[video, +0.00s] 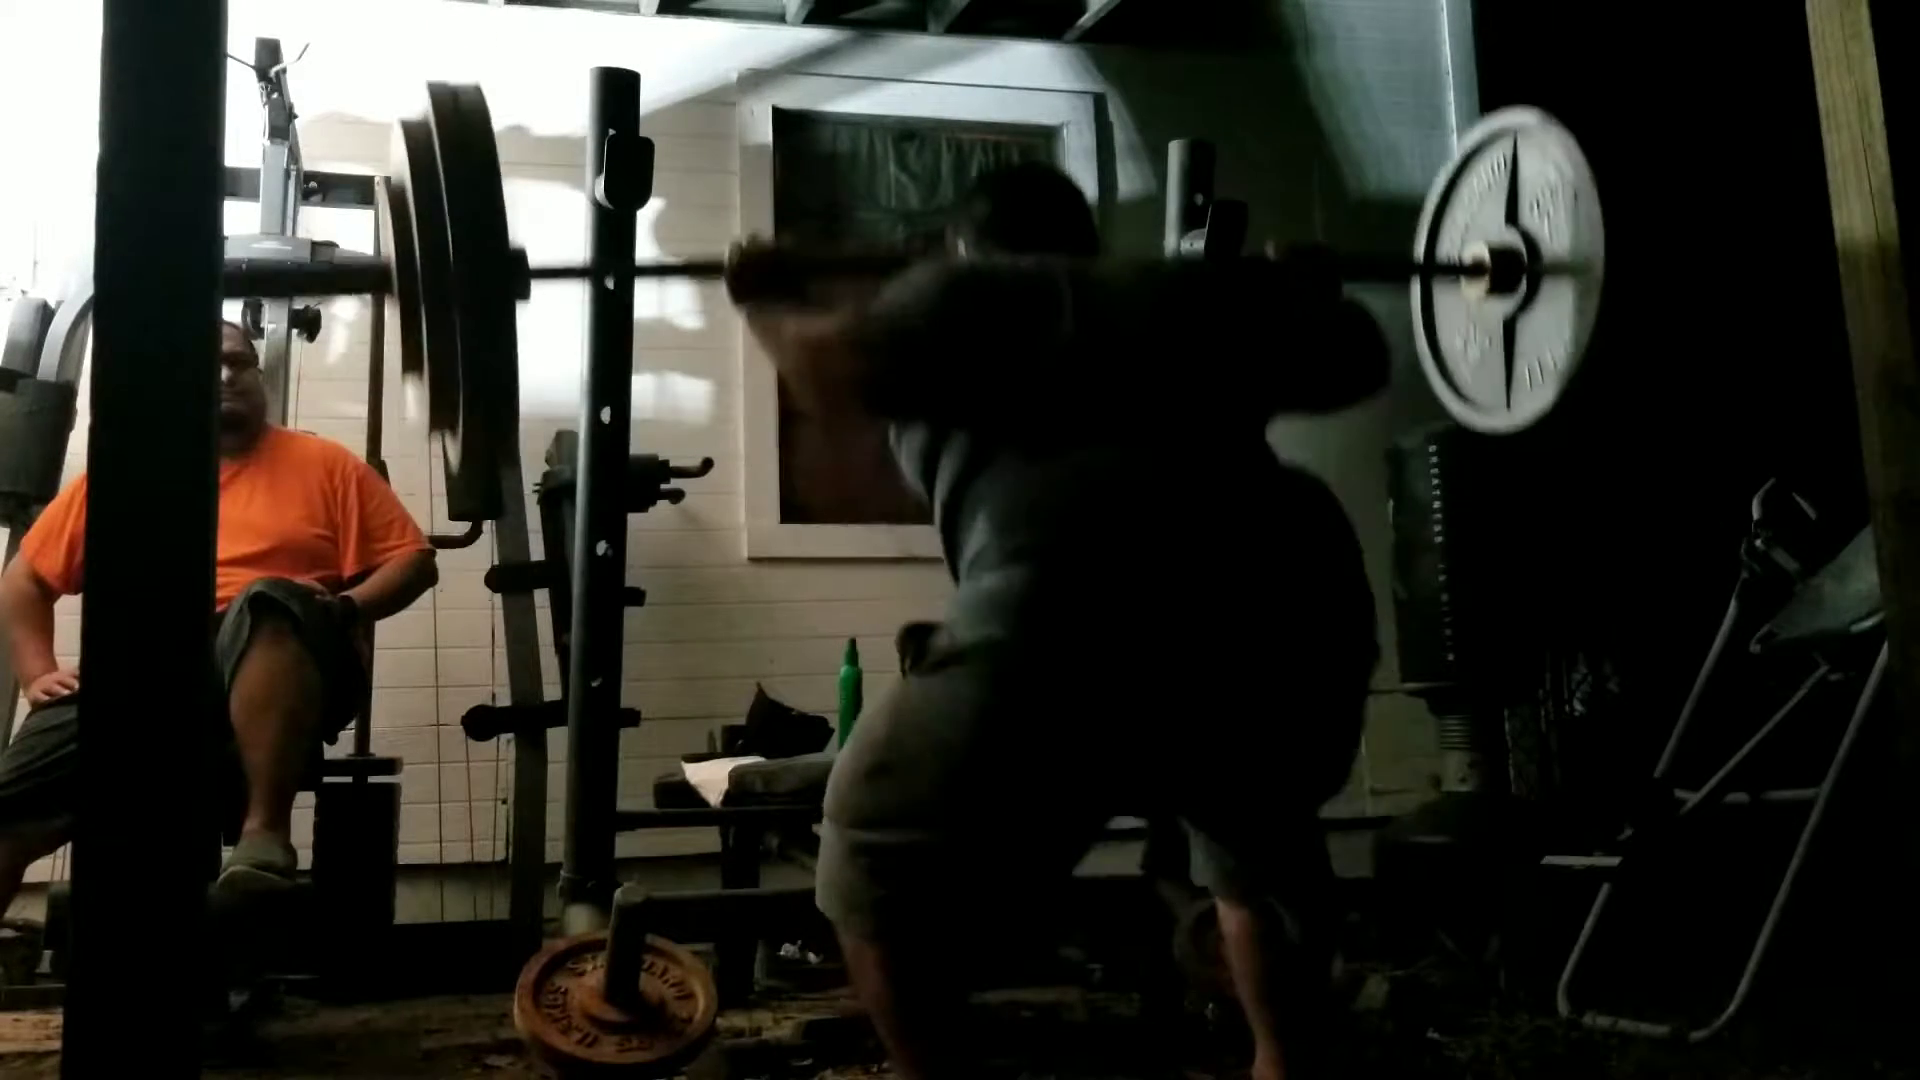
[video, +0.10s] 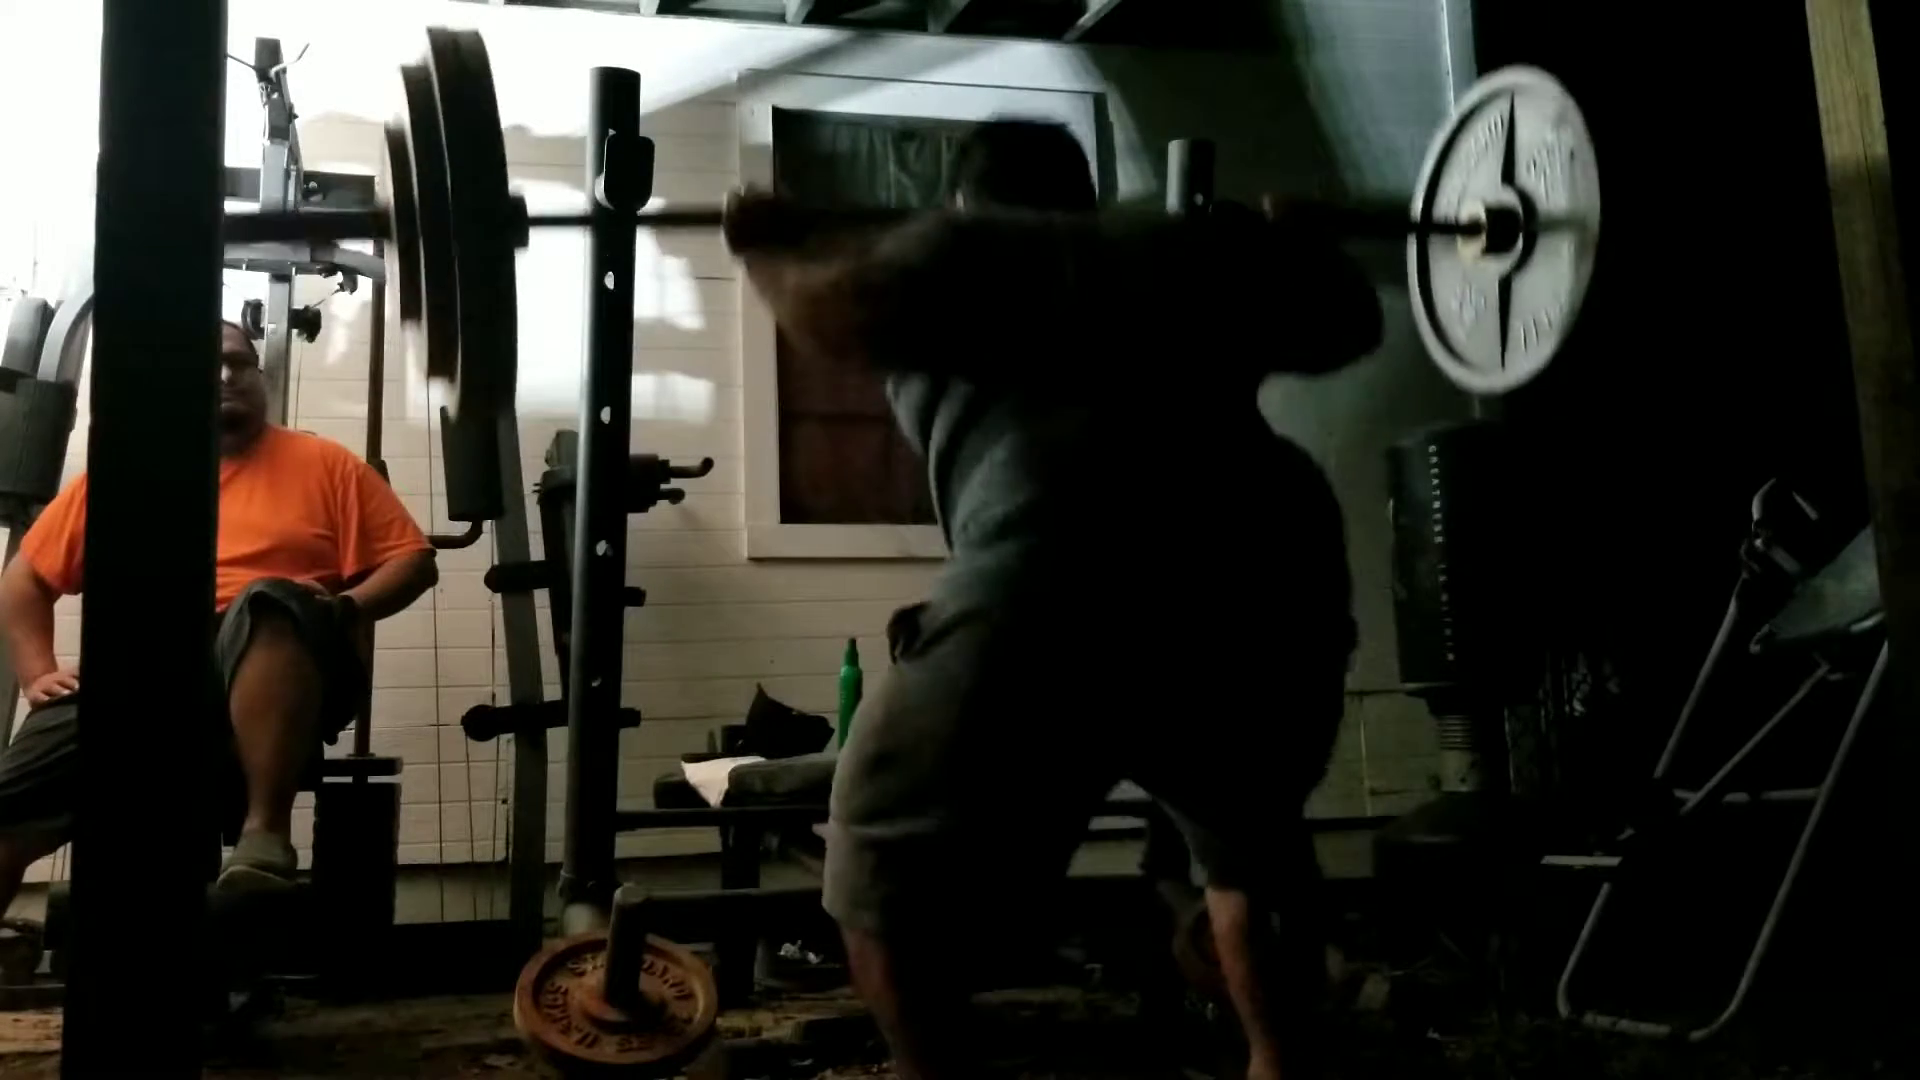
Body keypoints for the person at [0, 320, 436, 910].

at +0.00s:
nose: (226, 376)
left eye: (238, 362)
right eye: (209, 364)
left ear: (263, 376)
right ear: (184, 380)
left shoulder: (324, 465)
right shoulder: (132, 468)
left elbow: (415, 560)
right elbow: (24, 576)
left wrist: (347, 604)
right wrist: (36, 672)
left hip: (286, 669)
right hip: (145, 667)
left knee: (273, 605)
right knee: (9, 809)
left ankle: (265, 829)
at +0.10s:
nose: (226, 376)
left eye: (238, 363)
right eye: (209, 364)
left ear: (263, 376)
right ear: (184, 380)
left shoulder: (324, 464)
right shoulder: (132, 468)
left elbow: (414, 560)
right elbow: (24, 576)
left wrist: (346, 604)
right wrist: (36, 672)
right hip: (143, 666)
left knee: (273, 604)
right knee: (10, 810)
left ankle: (265, 830)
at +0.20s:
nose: (227, 376)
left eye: (239, 363)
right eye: (209, 364)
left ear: (263, 376)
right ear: (185, 380)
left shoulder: (324, 464)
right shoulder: (134, 468)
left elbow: (415, 560)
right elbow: (24, 575)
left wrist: (347, 603)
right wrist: (36, 672)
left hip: (287, 669)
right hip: (144, 666)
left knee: (273, 604)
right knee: (6, 815)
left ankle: (266, 829)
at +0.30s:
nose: (227, 376)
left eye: (239, 363)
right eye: (210, 364)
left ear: (263, 377)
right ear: (184, 380)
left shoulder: (323, 464)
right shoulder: (131, 467)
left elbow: (414, 559)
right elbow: (24, 576)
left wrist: (347, 604)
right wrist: (37, 671)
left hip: (284, 667)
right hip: (142, 664)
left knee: (272, 604)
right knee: (11, 808)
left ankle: (265, 830)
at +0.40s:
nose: (227, 376)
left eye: (238, 363)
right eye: (209, 364)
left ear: (262, 376)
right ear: (184, 380)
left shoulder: (324, 464)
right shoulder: (131, 468)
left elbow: (414, 559)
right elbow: (24, 575)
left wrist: (346, 604)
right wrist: (36, 672)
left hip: (286, 669)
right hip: (143, 666)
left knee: (272, 604)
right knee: (10, 812)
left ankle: (265, 829)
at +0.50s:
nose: (224, 377)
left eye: (237, 363)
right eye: (208, 364)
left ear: (262, 377)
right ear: (183, 380)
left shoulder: (324, 464)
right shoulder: (131, 468)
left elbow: (414, 559)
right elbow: (24, 575)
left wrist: (346, 604)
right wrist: (37, 672)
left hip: (285, 669)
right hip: (143, 666)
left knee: (272, 604)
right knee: (10, 810)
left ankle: (265, 829)